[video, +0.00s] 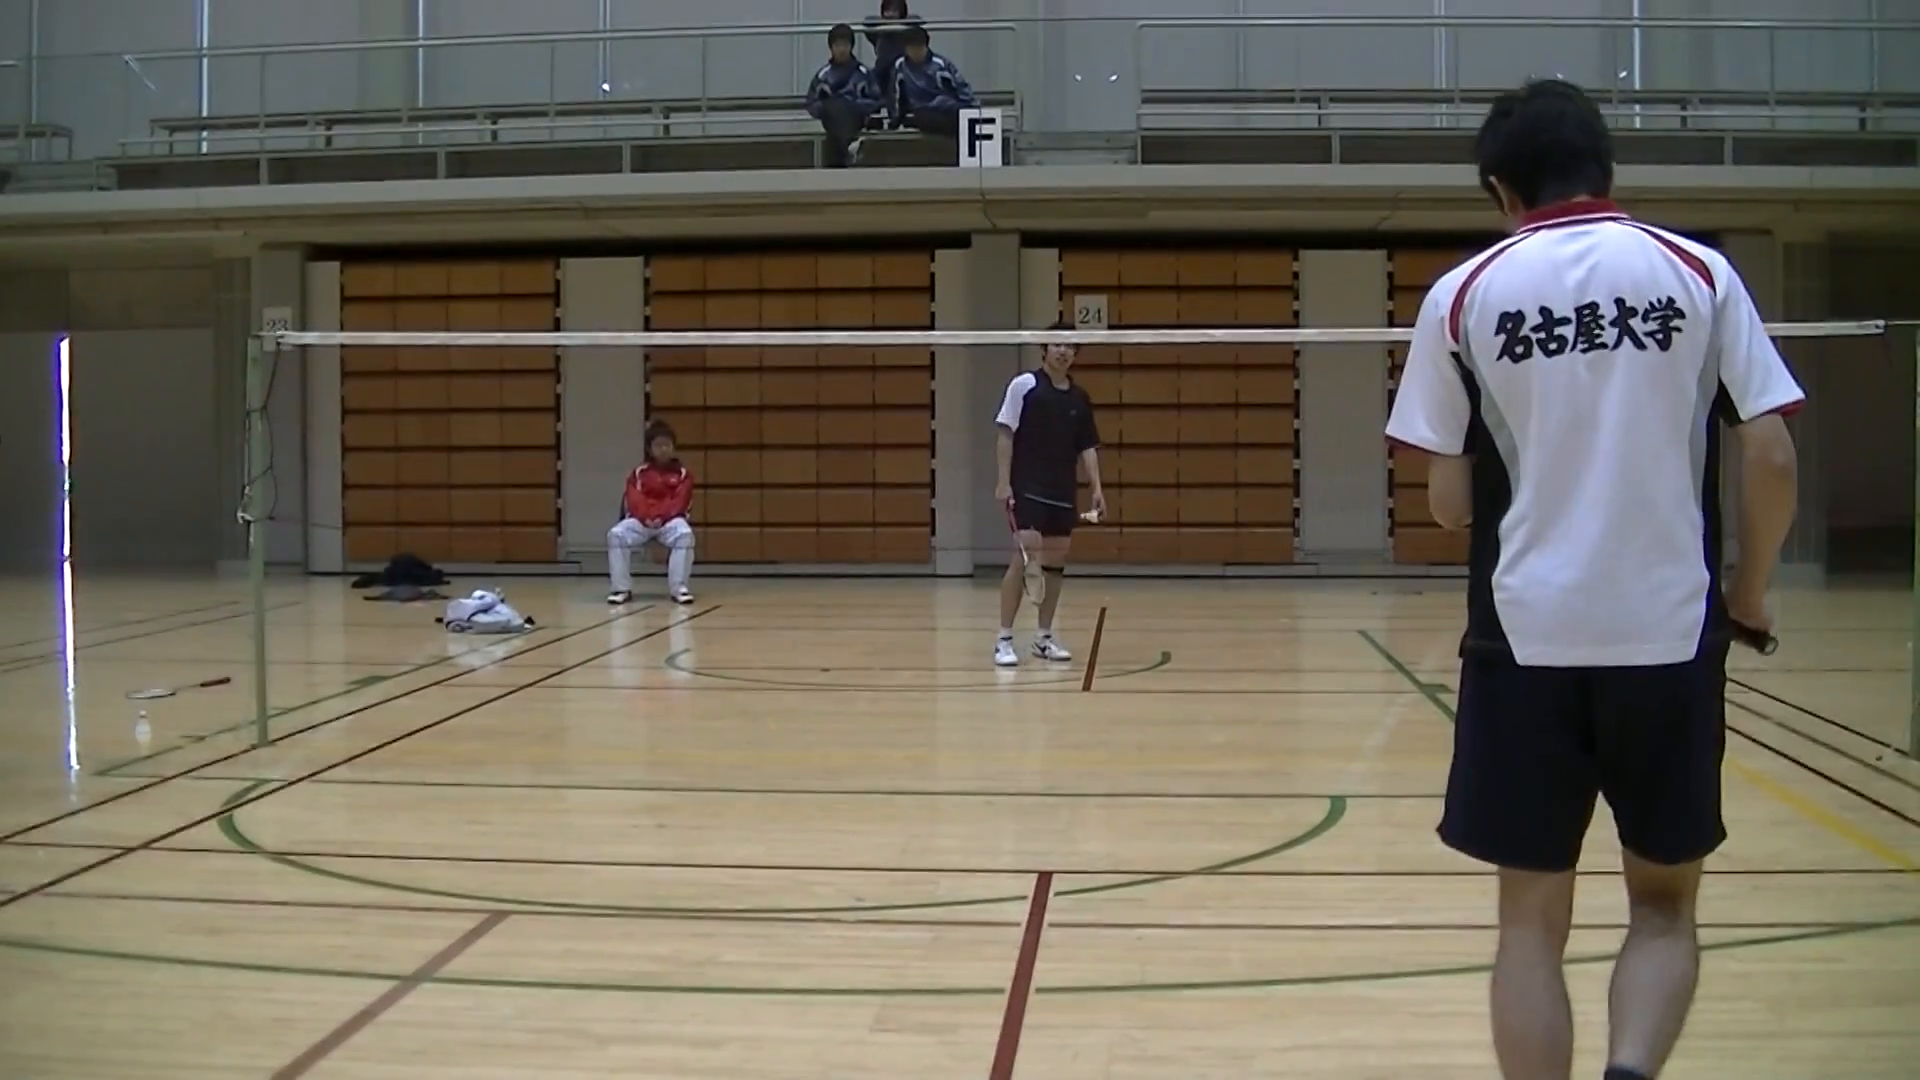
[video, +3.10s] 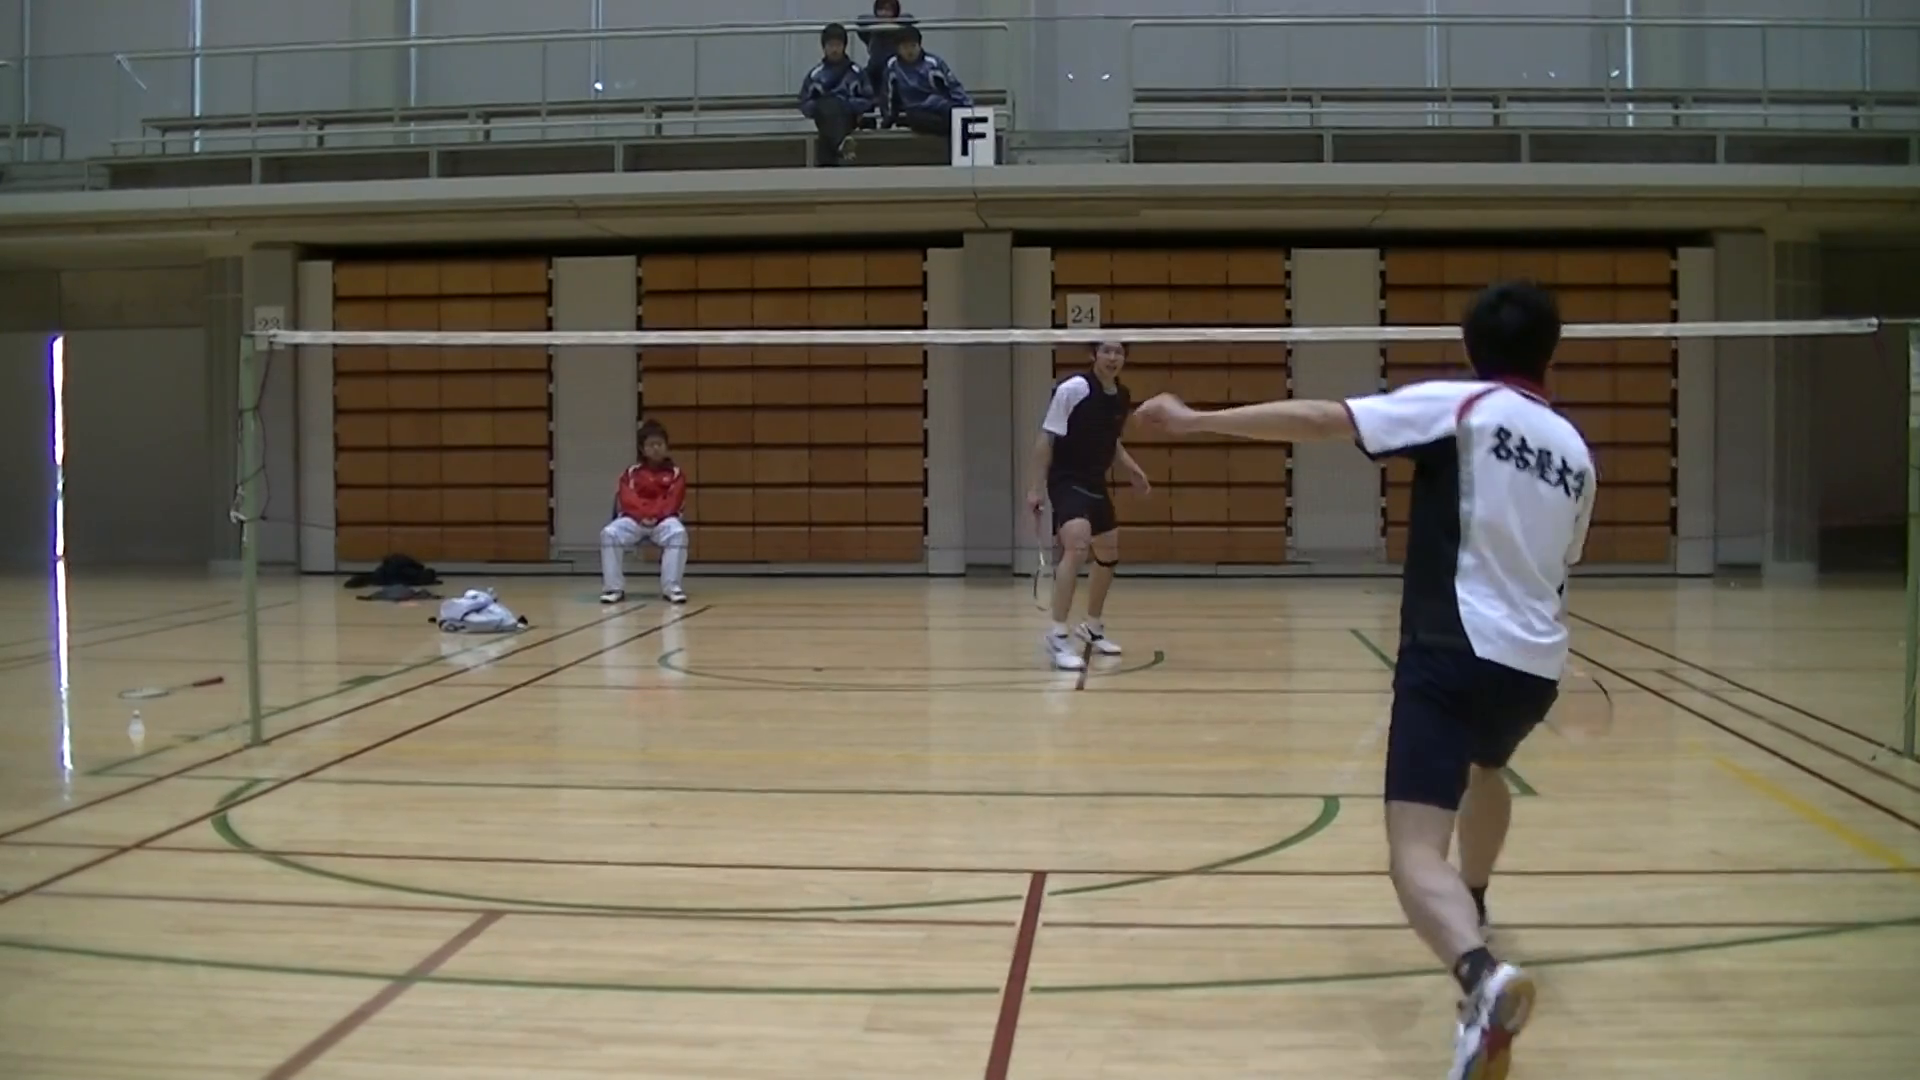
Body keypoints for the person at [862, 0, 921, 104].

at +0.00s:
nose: (890, 14)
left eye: (895, 10)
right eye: (887, 10)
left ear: (902, 12)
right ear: (882, 12)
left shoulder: (906, 29)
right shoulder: (878, 32)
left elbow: (917, 20)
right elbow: (867, 23)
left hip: (902, 66)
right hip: (881, 66)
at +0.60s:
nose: (887, 14)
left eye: (892, 10)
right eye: (884, 10)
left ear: (899, 13)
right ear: (880, 13)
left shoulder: (904, 29)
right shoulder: (875, 32)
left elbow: (915, 20)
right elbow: (865, 22)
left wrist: (897, 23)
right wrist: (883, 22)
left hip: (901, 69)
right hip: (879, 70)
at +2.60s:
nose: (884, 12)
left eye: (889, 9)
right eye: (881, 9)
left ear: (895, 12)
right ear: (876, 12)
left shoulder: (901, 31)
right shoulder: (872, 34)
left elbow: (910, 19)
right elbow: (861, 21)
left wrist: (893, 22)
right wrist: (879, 21)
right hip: (873, 73)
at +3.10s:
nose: (884, 13)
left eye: (888, 9)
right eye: (881, 9)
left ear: (895, 11)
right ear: (876, 11)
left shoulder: (900, 30)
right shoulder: (871, 33)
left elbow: (909, 18)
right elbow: (860, 21)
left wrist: (892, 22)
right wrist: (878, 21)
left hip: (896, 67)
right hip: (874, 68)